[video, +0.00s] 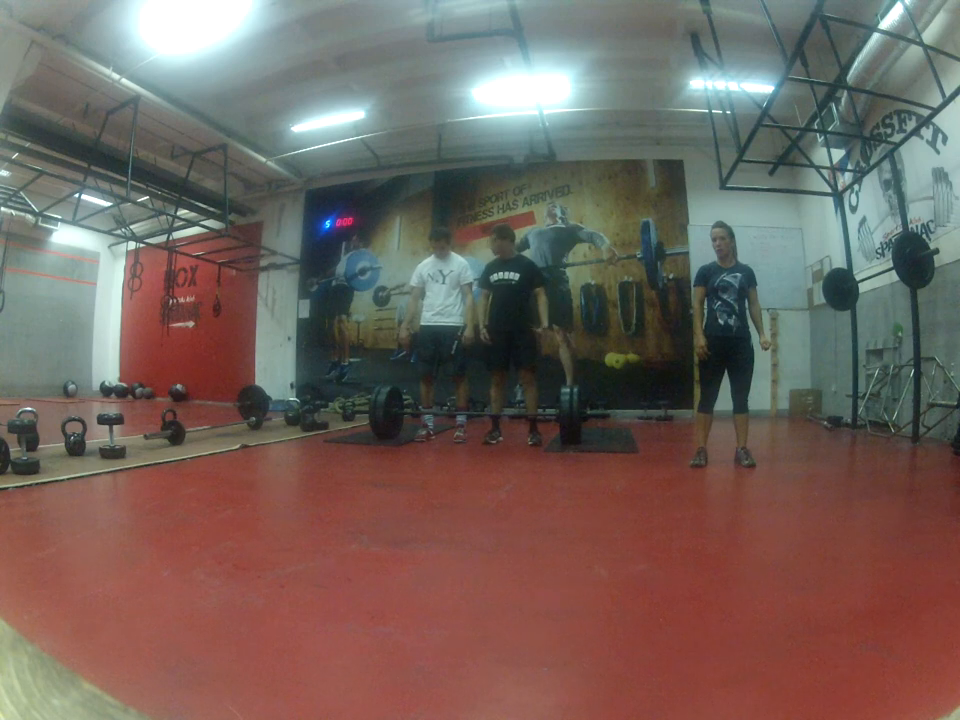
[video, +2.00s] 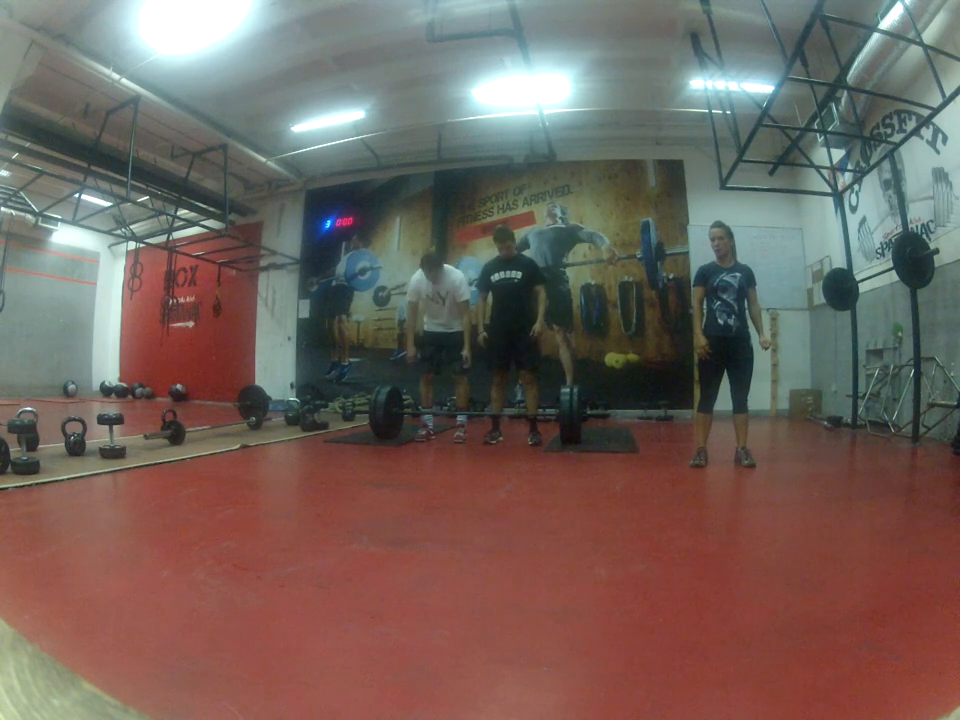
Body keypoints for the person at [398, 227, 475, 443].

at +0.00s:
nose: (439, 249)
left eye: (442, 245)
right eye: (435, 246)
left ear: (449, 243)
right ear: (431, 244)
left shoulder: (460, 264)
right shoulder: (423, 267)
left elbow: (469, 296)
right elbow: (414, 298)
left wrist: (470, 326)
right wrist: (405, 325)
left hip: (455, 328)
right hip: (428, 328)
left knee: (459, 376)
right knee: (426, 376)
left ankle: (461, 426)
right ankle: (427, 425)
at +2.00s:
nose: (431, 277)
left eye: (434, 274)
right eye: (428, 274)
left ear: (441, 267)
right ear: (423, 270)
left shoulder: (456, 277)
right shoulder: (417, 279)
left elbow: (466, 313)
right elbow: (411, 314)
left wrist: (467, 347)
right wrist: (410, 344)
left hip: (455, 330)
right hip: (431, 330)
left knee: (459, 376)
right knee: (426, 376)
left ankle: (461, 425)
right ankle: (427, 425)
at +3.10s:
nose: (431, 278)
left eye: (433, 274)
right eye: (427, 275)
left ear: (440, 268)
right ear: (422, 271)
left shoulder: (456, 277)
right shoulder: (416, 280)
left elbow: (466, 312)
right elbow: (412, 315)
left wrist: (467, 346)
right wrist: (411, 345)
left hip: (456, 331)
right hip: (431, 331)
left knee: (460, 377)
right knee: (427, 376)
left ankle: (461, 425)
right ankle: (427, 425)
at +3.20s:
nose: (431, 278)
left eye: (433, 275)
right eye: (427, 275)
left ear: (440, 268)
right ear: (422, 271)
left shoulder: (456, 277)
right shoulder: (416, 280)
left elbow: (466, 312)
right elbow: (412, 314)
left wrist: (467, 346)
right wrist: (411, 344)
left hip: (456, 331)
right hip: (431, 331)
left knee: (460, 377)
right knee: (427, 376)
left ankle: (461, 426)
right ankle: (427, 425)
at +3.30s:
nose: (430, 278)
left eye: (433, 275)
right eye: (427, 275)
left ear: (440, 268)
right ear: (422, 271)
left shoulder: (456, 277)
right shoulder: (416, 280)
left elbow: (466, 312)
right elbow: (412, 314)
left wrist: (467, 346)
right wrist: (411, 344)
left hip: (456, 331)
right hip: (431, 331)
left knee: (460, 377)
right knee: (427, 376)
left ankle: (461, 426)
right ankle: (427, 425)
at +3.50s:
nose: (431, 279)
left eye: (433, 276)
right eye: (427, 276)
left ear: (440, 269)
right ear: (422, 272)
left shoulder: (456, 277)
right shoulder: (416, 280)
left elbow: (466, 312)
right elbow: (412, 315)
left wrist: (467, 346)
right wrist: (412, 344)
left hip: (456, 331)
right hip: (431, 331)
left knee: (460, 377)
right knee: (427, 376)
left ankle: (461, 426)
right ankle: (427, 425)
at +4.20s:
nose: (427, 318)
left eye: (429, 314)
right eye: (423, 315)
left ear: (435, 308)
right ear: (417, 310)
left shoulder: (452, 312)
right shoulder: (410, 315)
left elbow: (463, 346)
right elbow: (407, 349)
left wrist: (467, 384)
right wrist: (407, 383)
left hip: (452, 340)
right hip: (427, 341)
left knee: (454, 374)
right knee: (422, 376)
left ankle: (459, 426)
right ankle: (426, 426)